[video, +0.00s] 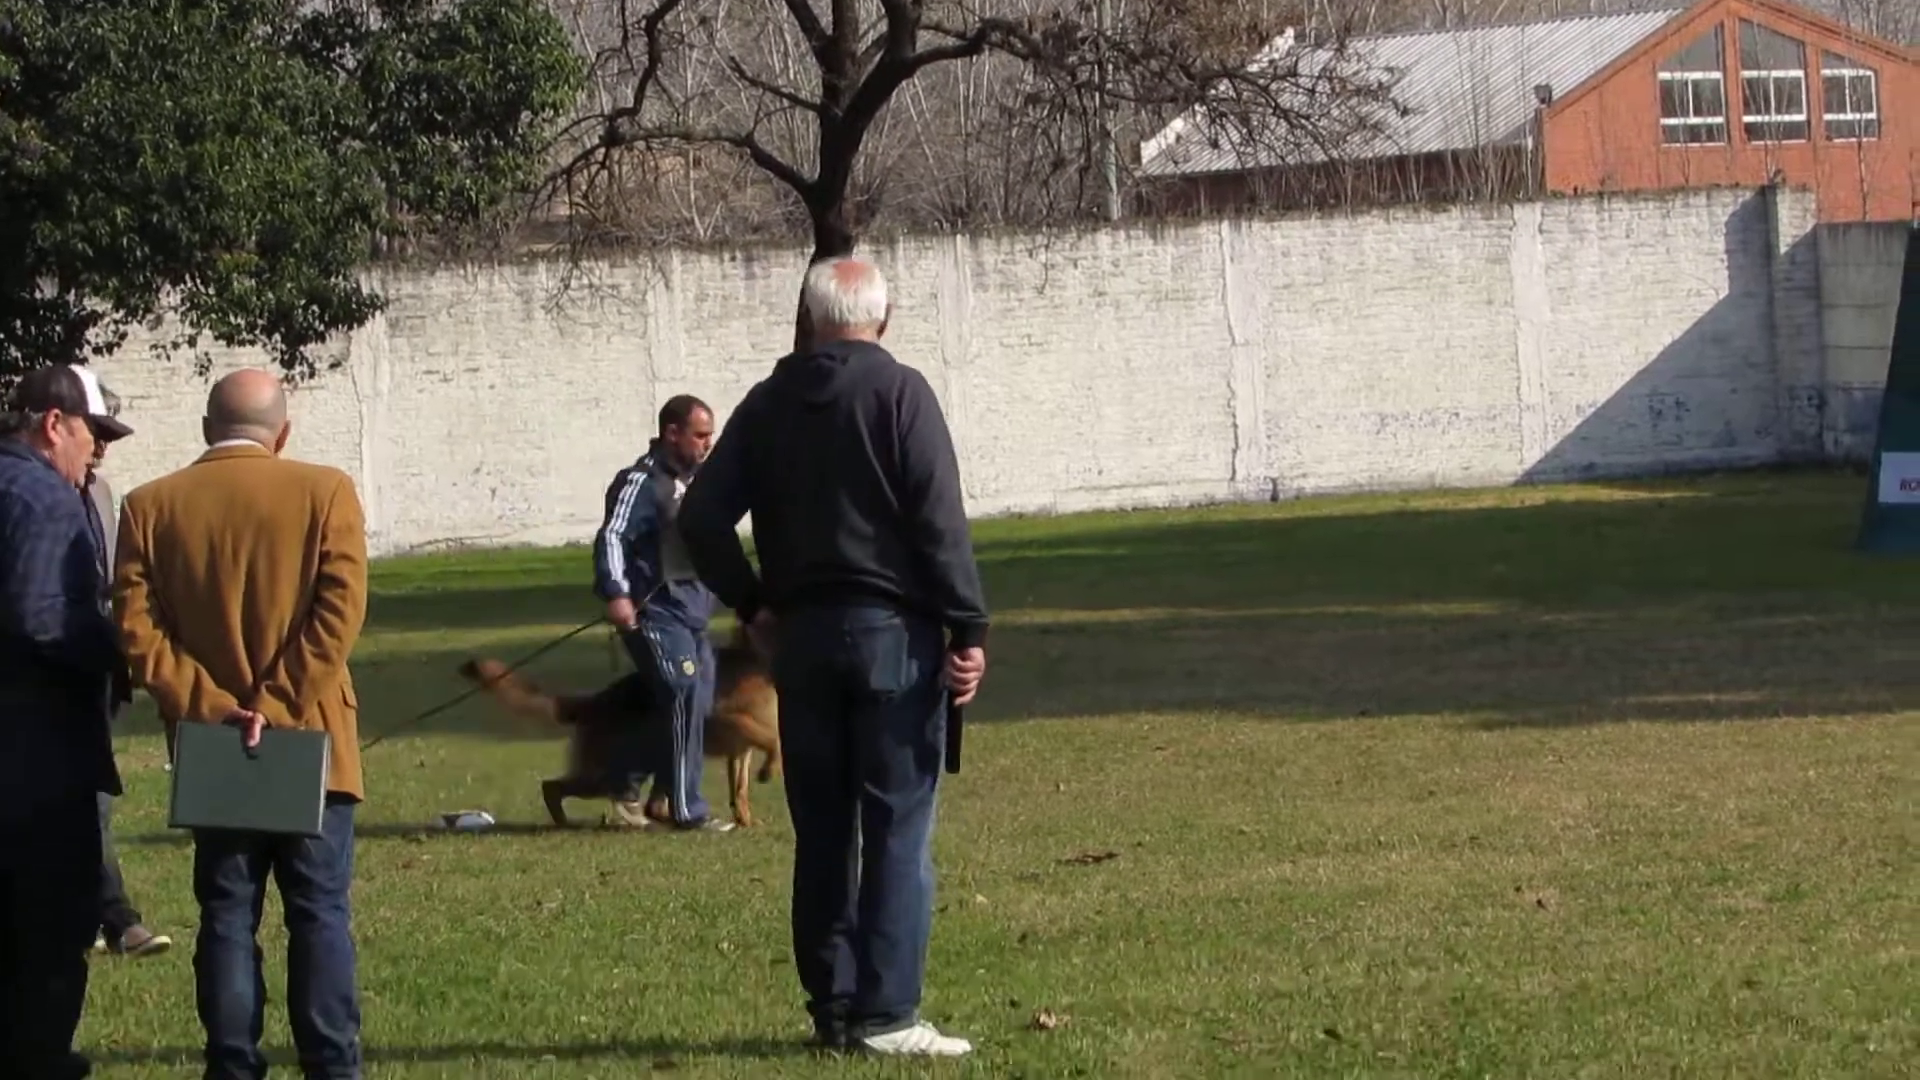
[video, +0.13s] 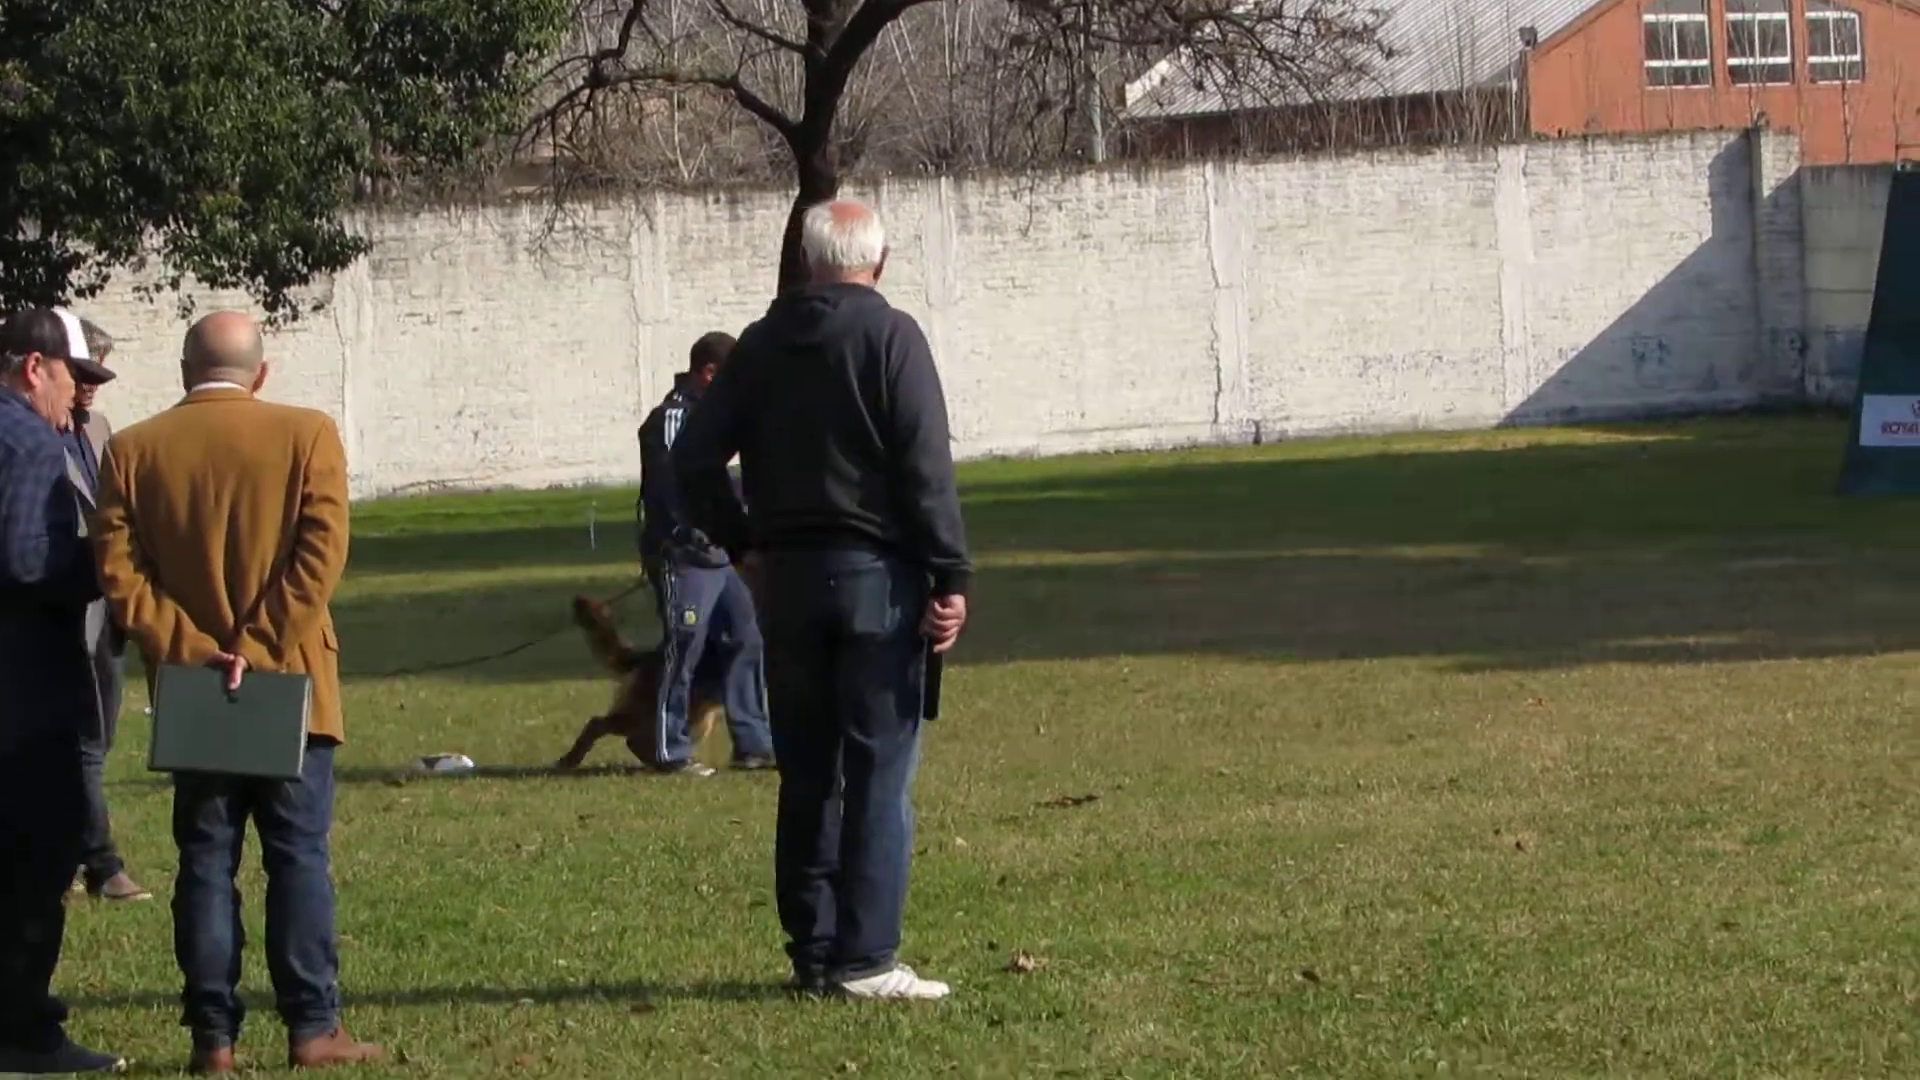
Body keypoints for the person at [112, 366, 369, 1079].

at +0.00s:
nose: (288, 432)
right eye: (288, 424)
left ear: (208, 426)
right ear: (281, 430)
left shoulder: (150, 504)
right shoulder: (327, 490)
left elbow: (136, 630)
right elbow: (341, 612)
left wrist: (210, 706)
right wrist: (279, 700)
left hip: (209, 758)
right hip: (316, 751)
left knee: (225, 909)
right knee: (320, 908)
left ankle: (232, 1066)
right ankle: (333, 1065)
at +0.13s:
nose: (267, 374)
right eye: (266, 365)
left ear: (186, 368)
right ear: (262, 372)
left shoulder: (133, 448)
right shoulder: (309, 434)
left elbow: (118, 575)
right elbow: (319, 555)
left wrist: (189, 649)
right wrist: (260, 648)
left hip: (191, 702)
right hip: (295, 698)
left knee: (205, 859)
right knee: (300, 857)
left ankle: (213, 1037)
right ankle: (315, 1030)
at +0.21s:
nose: (237, 332)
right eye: (237, 323)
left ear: (156, 331)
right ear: (233, 332)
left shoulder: (109, 408)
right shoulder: (283, 393)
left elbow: (93, 536)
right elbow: (295, 515)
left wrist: (170, 608)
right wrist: (236, 609)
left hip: (167, 661)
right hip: (270, 657)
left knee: (180, 819)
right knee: (275, 817)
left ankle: (189, 997)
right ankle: (290, 990)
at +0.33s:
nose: (188, 291)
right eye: (187, 282)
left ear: (107, 291)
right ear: (184, 291)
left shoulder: (60, 370)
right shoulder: (237, 352)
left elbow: (47, 498)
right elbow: (250, 475)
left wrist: (128, 571)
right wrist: (192, 568)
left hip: (121, 620)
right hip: (225, 616)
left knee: (135, 776)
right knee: (230, 775)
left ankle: (143, 958)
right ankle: (244, 950)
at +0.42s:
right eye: (158, 262)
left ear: (76, 274)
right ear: (154, 272)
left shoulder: (27, 355)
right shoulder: (207, 333)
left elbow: (18, 482)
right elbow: (222, 454)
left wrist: (89, 549)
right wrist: (165, 547)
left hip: (90, 604)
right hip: (196, 598)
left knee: (105, 763)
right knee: (200, 760)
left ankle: (114, 941)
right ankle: (215, 934)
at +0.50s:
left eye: (39, 256)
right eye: (122, 245)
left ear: (42, 261)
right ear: (120, 256)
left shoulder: (10, 337)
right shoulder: (176, 319)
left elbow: (2, 471)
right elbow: (193, 441)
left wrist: (63, 537)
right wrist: (134, 534)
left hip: (58, 593)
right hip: (164, 583)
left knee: (71, 753)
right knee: (170, 745)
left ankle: (81, 930)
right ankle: (185, 922)